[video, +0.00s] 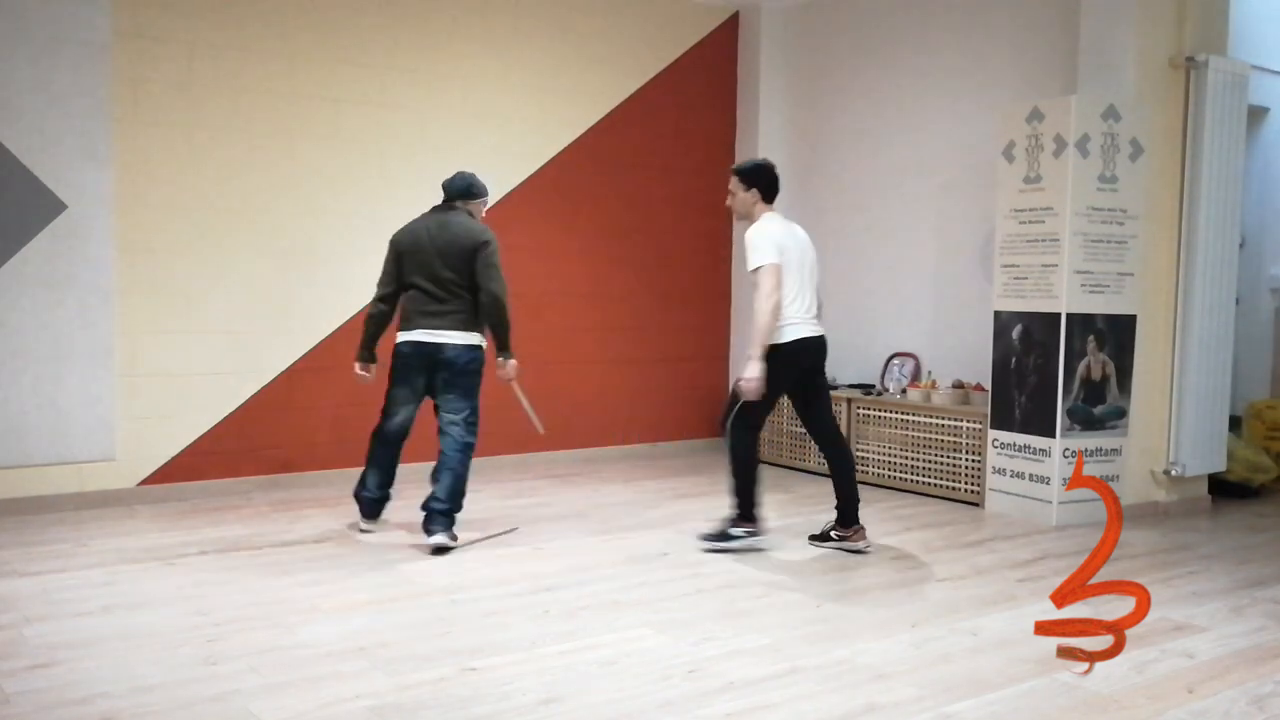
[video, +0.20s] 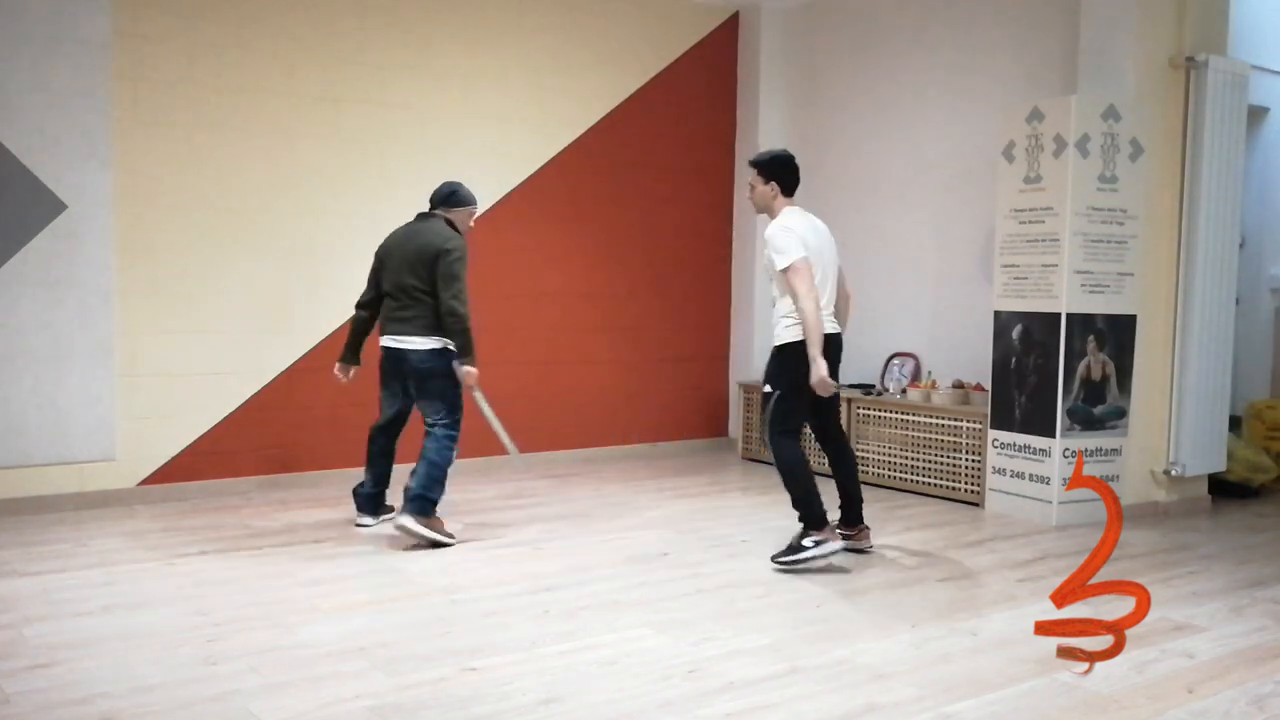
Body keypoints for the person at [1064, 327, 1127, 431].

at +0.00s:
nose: (1087, 345)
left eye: (1090, 342)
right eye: (1088, 342)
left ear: (1098, 344)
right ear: (1088, 345)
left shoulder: (1108, 364)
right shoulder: (1083, 365)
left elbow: (1114, 391)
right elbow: (1076, 391)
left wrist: (1106, 407)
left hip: (1103, 406)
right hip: (1086, 406)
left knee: (1121, 411)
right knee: (1071, 410)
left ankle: (1087, 425)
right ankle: (1102, 425)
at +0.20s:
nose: (1087, 345)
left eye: (1091, 342)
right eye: (1088, 342)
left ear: (1098, 344)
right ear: (1088, 345)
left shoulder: (1108, 364)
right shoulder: (1083, 365)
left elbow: (1114, 389)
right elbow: (1076, 390)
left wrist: (1108, 406)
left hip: (1103, 406)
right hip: (1086, 406)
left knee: (1121, 411)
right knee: (1071, 410)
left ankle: (1087, 425)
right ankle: (1102, 425)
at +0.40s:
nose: (1087, 346)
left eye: (1090, 342)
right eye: (1087, 342)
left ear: (1098, 345)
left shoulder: (1108, 364)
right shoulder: (1084, 364)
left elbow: (1114, 390)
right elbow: (1076, 390)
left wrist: (1105, 407)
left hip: (1103, 406)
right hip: (1086, 406)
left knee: (1121, 411)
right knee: (1071, 410)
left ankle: (1085, 425)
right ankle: (1101, 425)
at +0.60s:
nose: (1087, 346)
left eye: (1090, 342)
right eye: (1088, 342)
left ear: (1098, 344)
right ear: (1088, 345)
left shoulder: (1108, 364)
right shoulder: (1084, 364)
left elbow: (1113, 389)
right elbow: (1076, 390)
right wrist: (1070, 408)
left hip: (1103, 406)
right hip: (1086, 406)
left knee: (1121, 411)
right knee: (1071, 410)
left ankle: (1085, 425)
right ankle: (1101, 425)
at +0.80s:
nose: (1087, 346)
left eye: (1090, 342)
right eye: (1088, 342)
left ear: (1098, 344)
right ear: (1088, 345)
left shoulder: (1108, 364)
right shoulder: (1084, 364)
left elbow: (1113, 389)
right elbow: (1076, 390)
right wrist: (1070, 408)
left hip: (1103, 406)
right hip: (1086, 406)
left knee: (1121, 411)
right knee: (1071, 410)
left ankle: (1085, 425)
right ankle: (1101, 425)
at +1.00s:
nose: (1087, 346)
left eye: (1091, 342)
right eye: (1088, 342)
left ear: (1098, 345)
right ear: (1088, 345)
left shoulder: (1108, 364)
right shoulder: (1084, 364)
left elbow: (1113, 389)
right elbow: (1076, 390)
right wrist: (1070, 408)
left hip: (1103, 406)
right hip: (1086, 406)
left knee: (1121, 411)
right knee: (1071, 410)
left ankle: (1086, 425)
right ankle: (1101, 425)